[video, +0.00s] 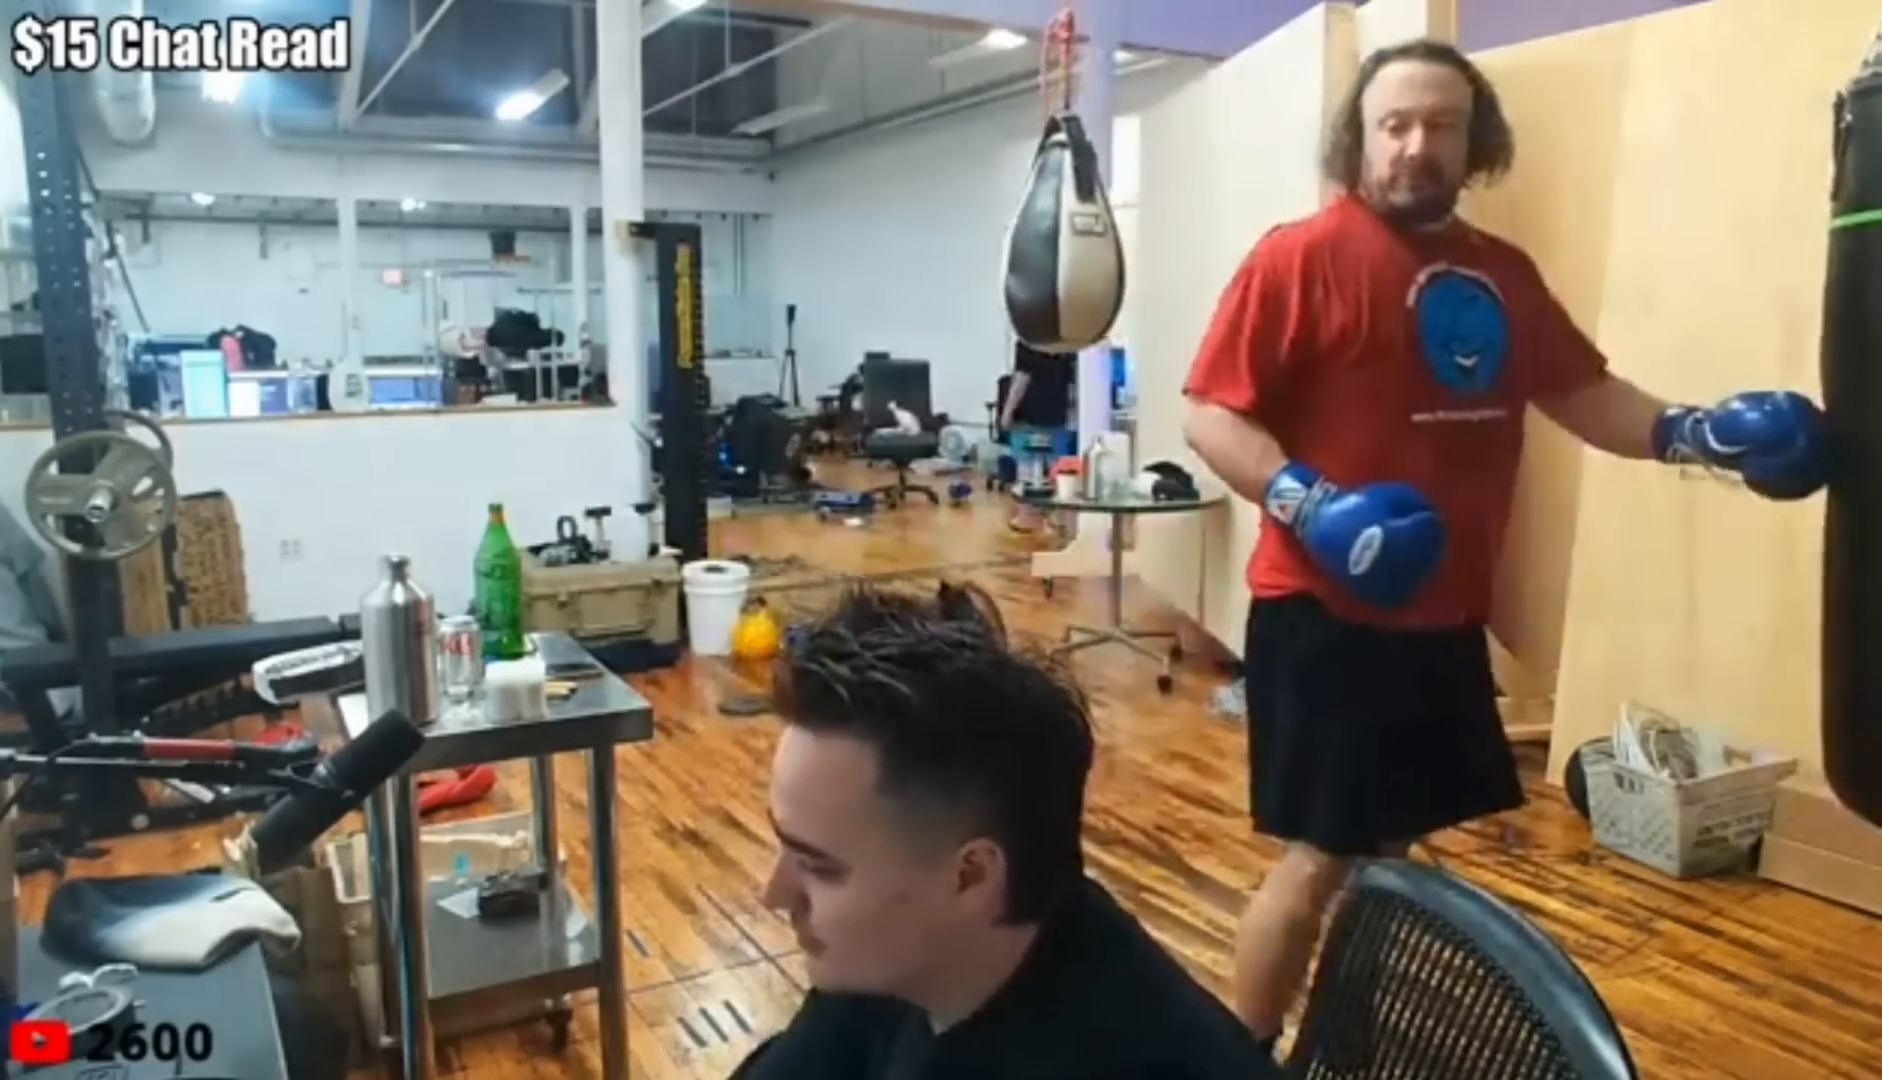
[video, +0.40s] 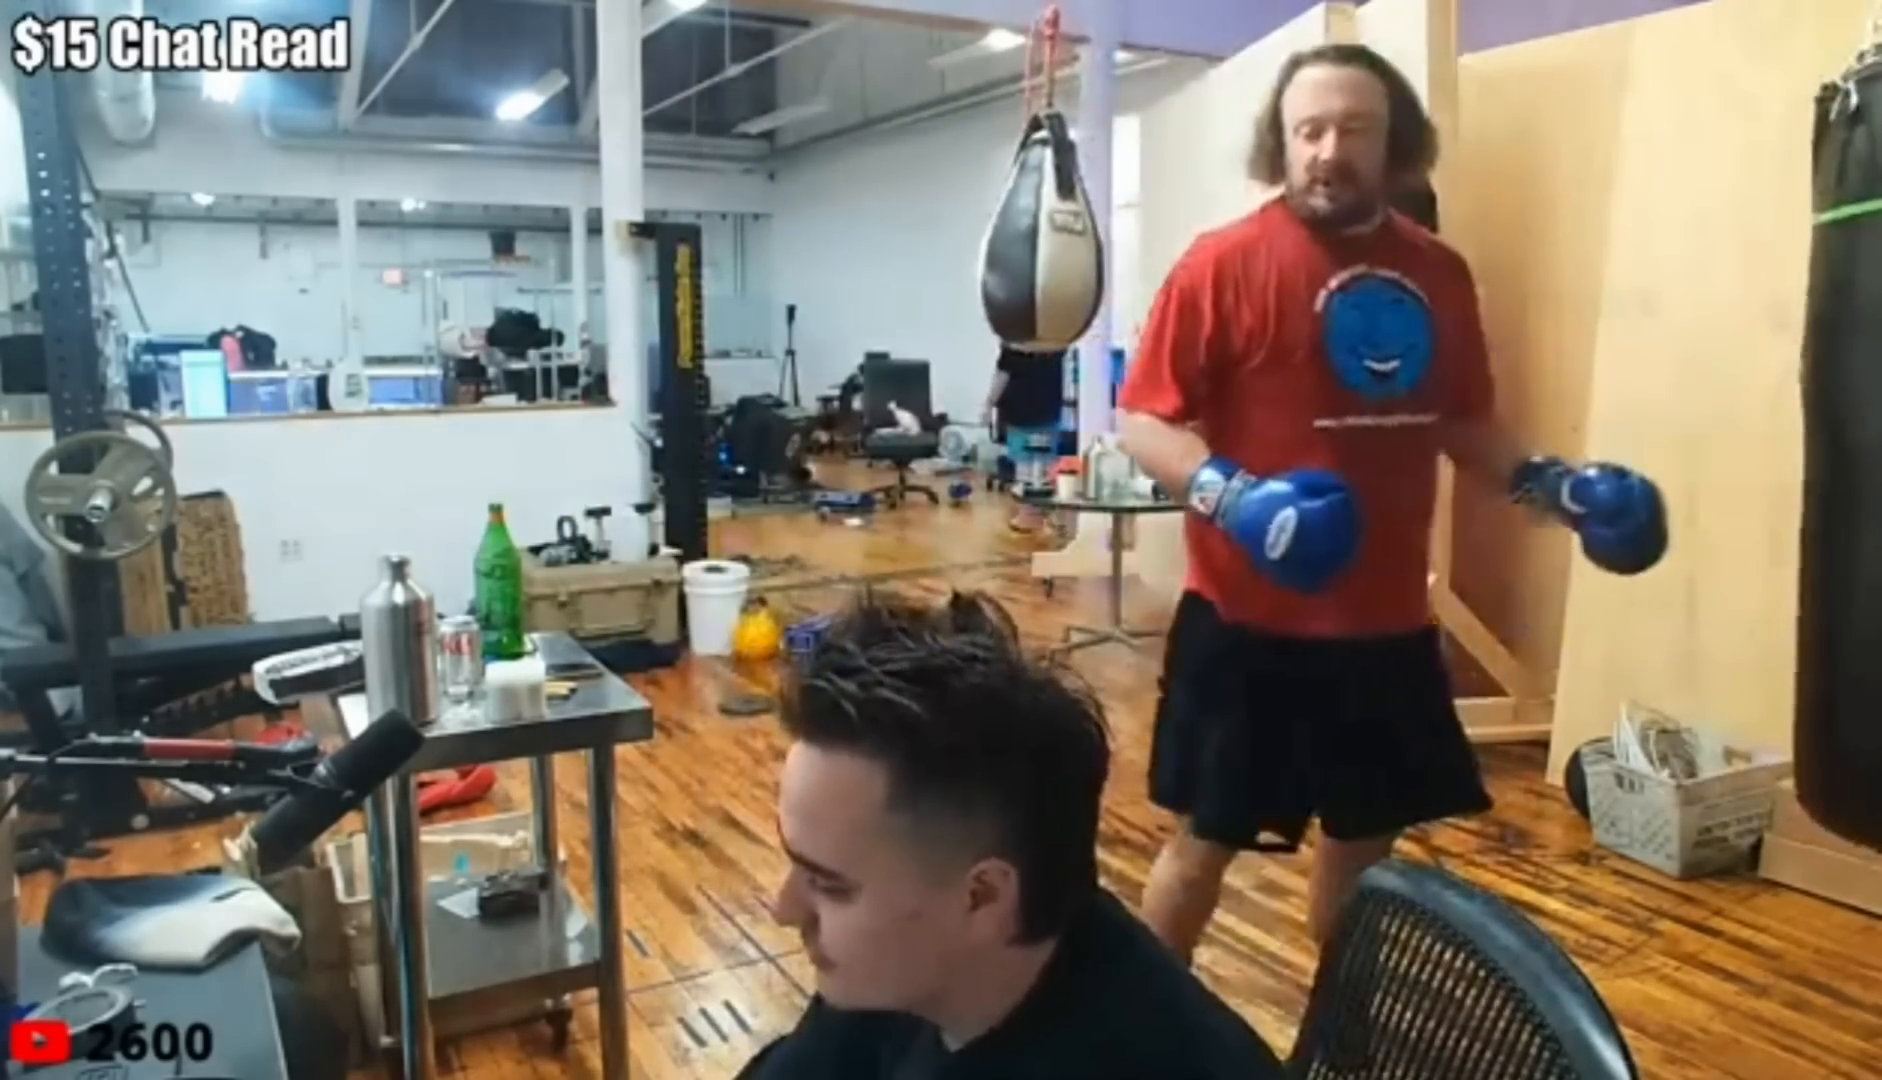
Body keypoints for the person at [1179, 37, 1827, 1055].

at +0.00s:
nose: (1415, 147)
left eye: (1441, 126)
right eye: (1394, 126)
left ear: (1474, 146)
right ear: (1357, 139)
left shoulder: (1500, 274)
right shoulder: (1295, 261)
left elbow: (1585, 394)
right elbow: (1209, 414)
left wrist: (1700, 431)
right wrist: (1307, 505)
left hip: (1442, 621)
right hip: (1320, 616)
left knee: (1386, 858)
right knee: (1314, 862)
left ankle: (1341, 1049)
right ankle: (1243, 1053)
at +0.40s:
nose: (1328, 151)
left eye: (1353, 129)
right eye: (1307, 130)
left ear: (1396, 146)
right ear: (1281, 146)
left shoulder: (1436, 272)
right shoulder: (1222, 267)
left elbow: (1464, 423)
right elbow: (1141, 422)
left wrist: (1554, 485)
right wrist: (1232, 497)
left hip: (1381, 628)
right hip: (1246, 626)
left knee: (1359, 848)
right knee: (1201, 850)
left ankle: (1339, 1037)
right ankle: (1141, 1034)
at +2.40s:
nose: (1255, 148)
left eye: (1280, 126)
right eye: (1234, 127)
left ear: (1325, 141)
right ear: (1208, 142)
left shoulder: (1387, 263)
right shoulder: (1155, 274)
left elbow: (1428, 415)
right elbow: (1078, 412)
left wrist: (1482, 556)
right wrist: (1100, 530)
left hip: (1357, 627)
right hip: (1204, 632)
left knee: (1402, 829)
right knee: (1196, 850)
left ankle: (1369, 1038)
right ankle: (1177, 1042)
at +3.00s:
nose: (1257, 128)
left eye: (1280, 102)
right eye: (1233, 112)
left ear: (1331, 122)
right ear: (1208, 140)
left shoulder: (1394, 259)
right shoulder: (1167, 271)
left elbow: (1450, 414)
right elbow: (1060, 389)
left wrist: (1540, 543)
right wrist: (957, 422)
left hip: (1362, 645)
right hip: (1214, 650)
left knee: (1339, 877)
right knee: (1198, 890)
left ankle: (1321, 1057)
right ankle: (1113, 1056)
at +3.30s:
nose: (1157, 130)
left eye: (1178, 104)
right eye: (1133, 118)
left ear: (1234, 117)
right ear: (1111, 149)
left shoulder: (1312, 252)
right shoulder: (1085, 277)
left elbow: (1380, 402)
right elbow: (962, 373)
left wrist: (1480, 521)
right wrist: (834, 341)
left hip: (1317, 657)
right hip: (1158, 676)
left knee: (1320, 889)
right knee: (1109, 925)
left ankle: (1313, 1062)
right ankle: (1096, 1077)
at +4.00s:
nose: (1073, 107)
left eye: (1092, 81)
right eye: (1041, 88)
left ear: (1126, 97)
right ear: (995, 120)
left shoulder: (1179, 236)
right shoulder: (946, 265)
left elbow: (1237, 384)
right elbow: (831, 377)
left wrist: (1343, 500)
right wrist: (839, 437)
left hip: (1188, 630)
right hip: (1034, 658)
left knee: (1217, 844)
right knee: (1064, 889)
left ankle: (1194, 1004)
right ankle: (1064, 1036)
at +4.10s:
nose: (1134, 114)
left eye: (1150, 93)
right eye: (1104, 92)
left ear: (1167, 108)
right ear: (1038, 109)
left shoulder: (1187, 244)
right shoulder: (978, 262)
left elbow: (1232, 394)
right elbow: (869, 421)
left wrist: (1331, 500)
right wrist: (928, 512)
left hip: (1190, 638)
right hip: (1044, 663)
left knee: (1199, 850)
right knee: (1052, 894)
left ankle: (1178, 1022)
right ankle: (1048, 1042)